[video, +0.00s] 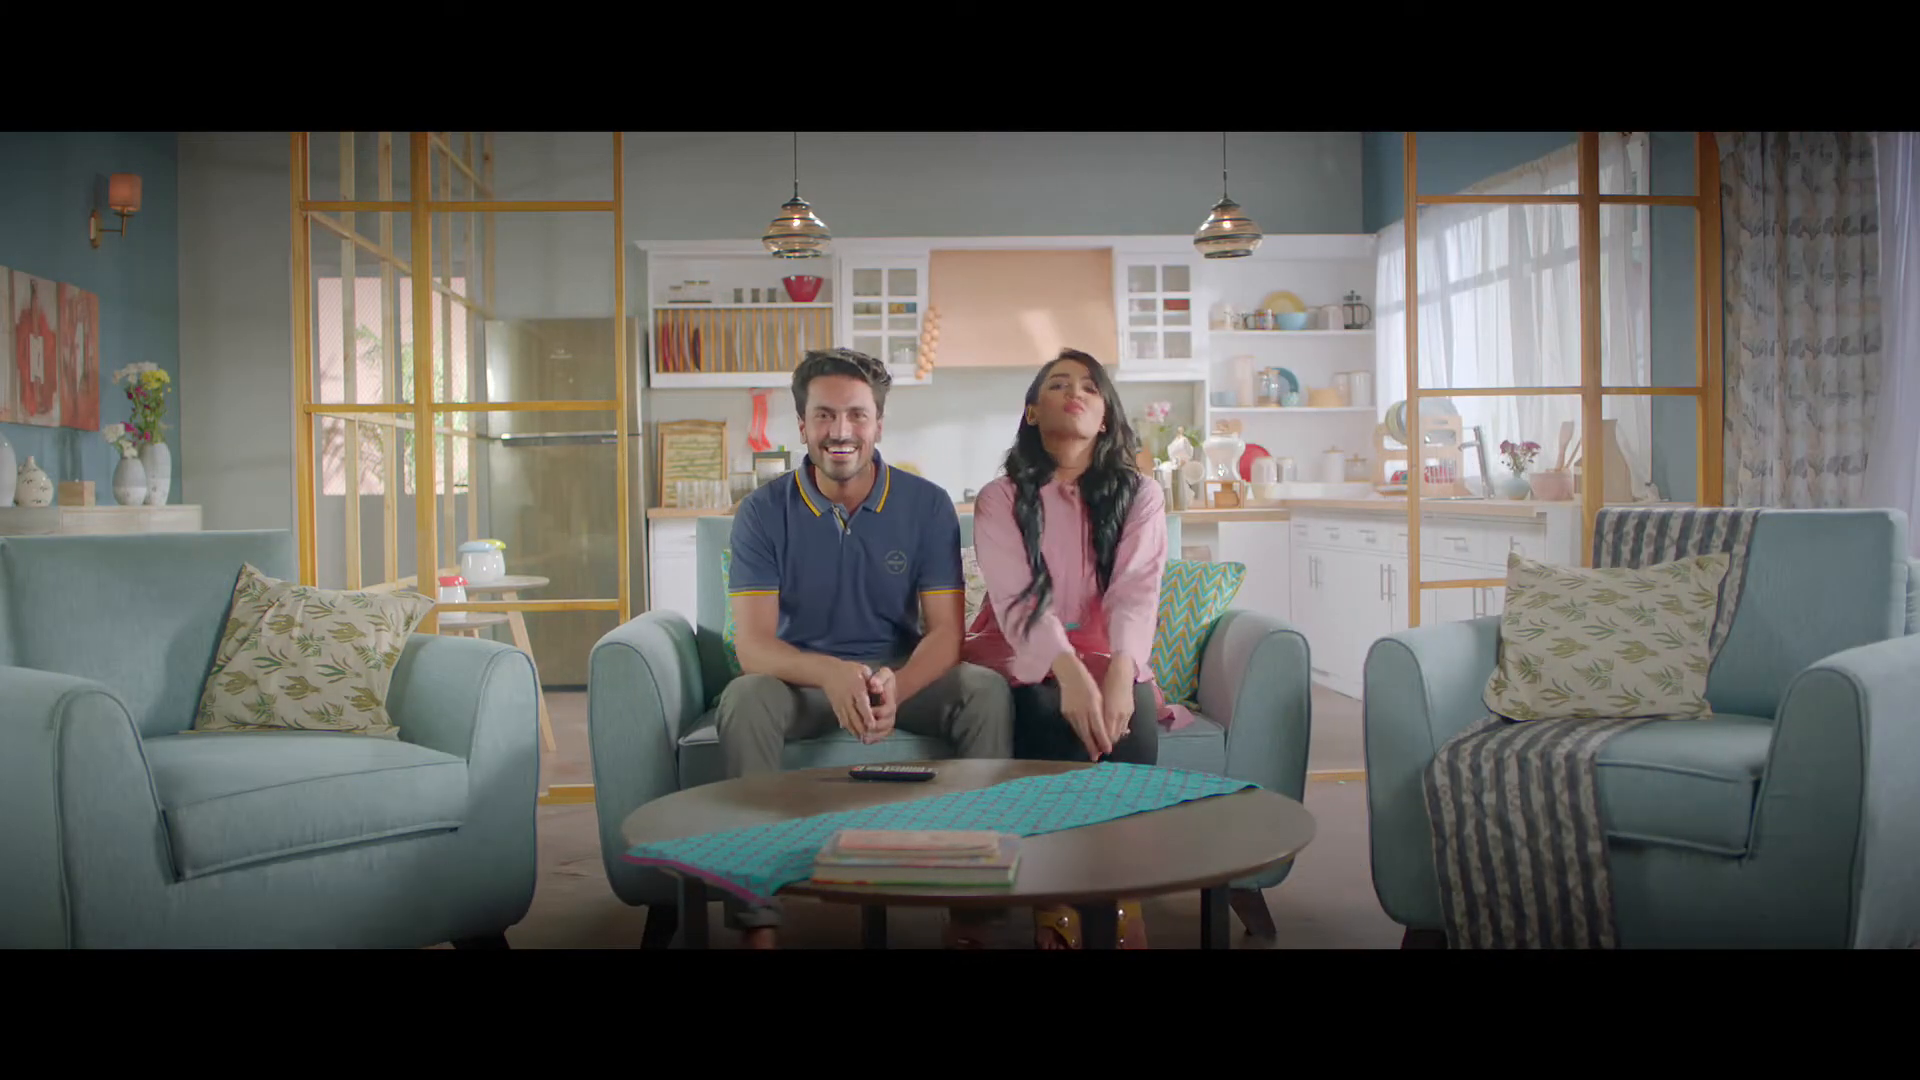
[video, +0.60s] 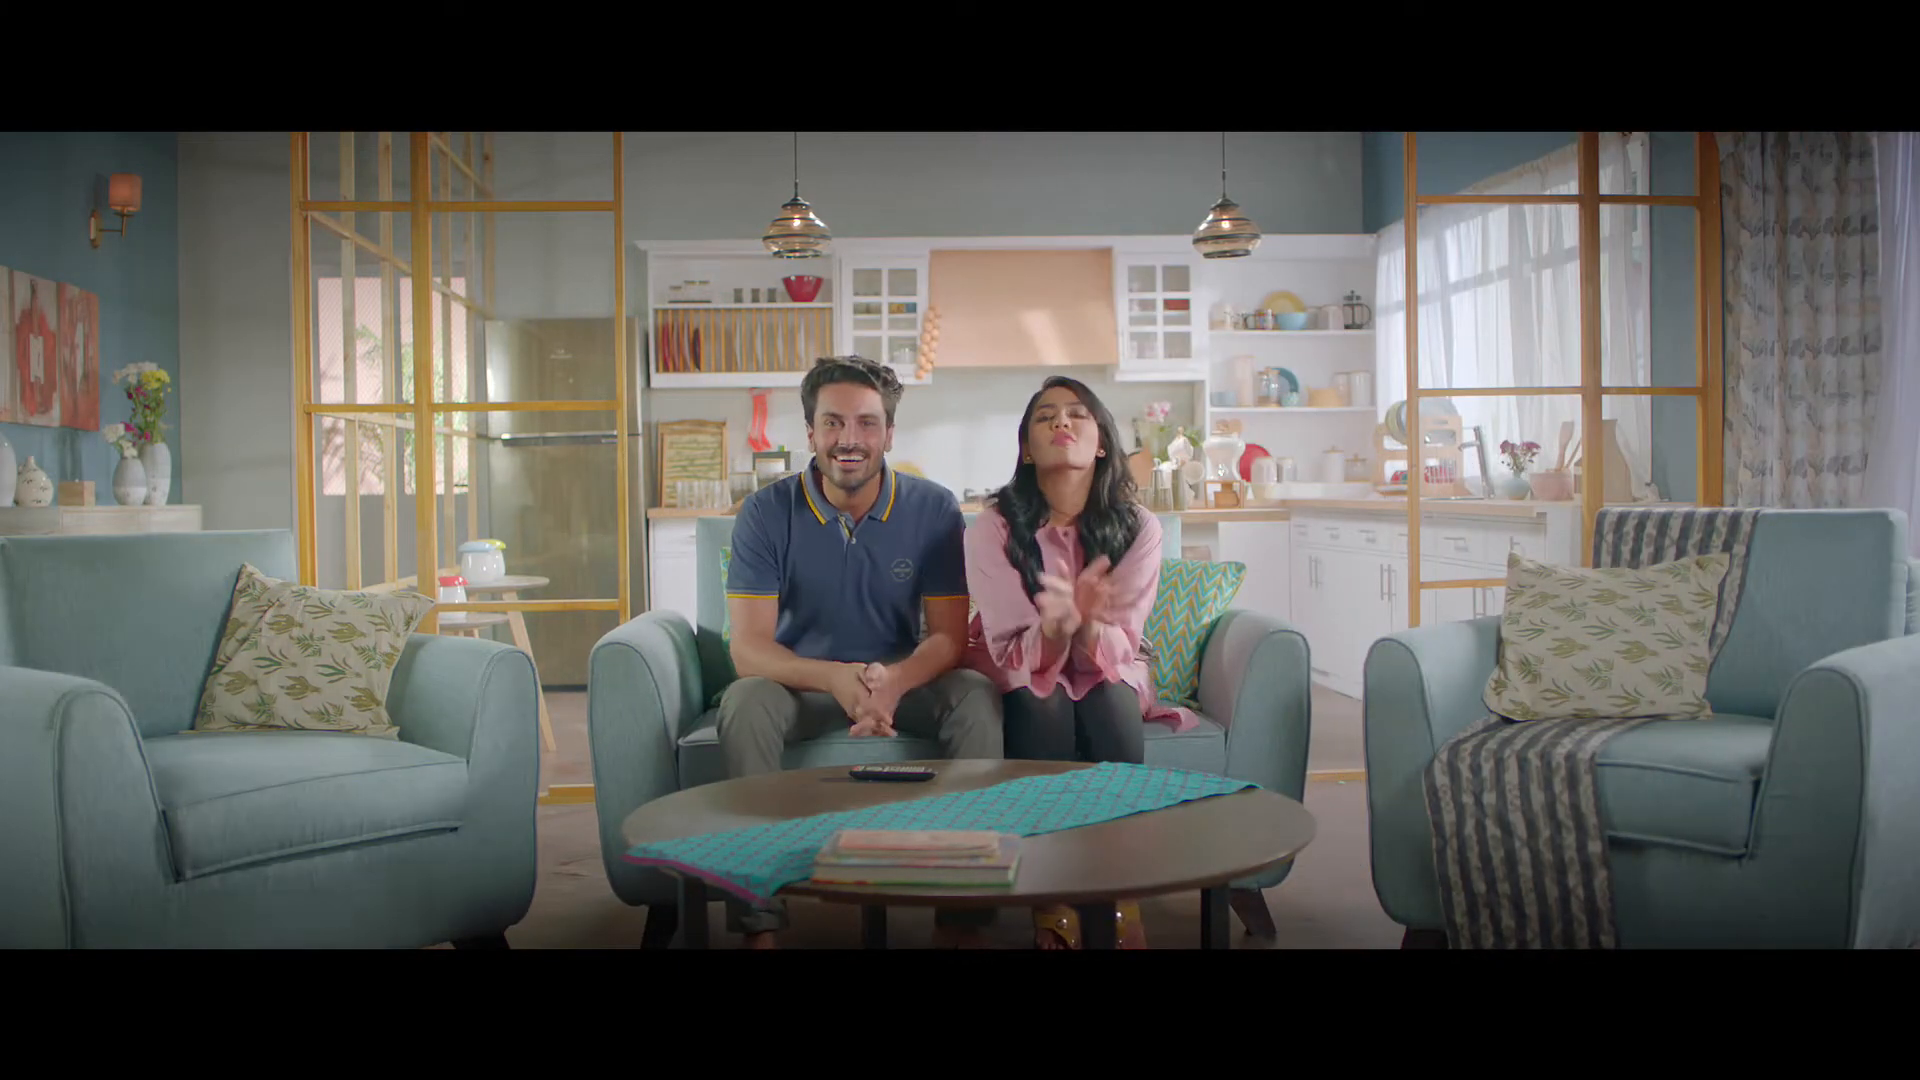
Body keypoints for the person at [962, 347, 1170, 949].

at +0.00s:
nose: (1075, 393)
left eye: (1090, 388)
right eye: (1058, 385)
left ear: (1106, 416)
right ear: (1033, 412)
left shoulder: (1139, 492)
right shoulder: (1002, 497)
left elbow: (1138, 592)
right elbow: (1016, 597)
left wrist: (1119, 676)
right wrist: (1067, 669)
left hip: (1111, 660)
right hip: (1026, 661)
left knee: (1135, 726)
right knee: (1058, 721)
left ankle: (1120, 898)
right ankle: (1053, 898)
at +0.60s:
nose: (1062, 423)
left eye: (1077, 416)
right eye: (1046, 417)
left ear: (1101, 445)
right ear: (1026, 448)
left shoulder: (1139, 527)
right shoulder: (991, 528)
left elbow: (1123, 647)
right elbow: (1014, 660)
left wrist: (1087, 625)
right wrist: (1055, 629)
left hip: (1107, 681)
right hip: (1030, 683)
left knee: (1110, 701)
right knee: (1045, 706)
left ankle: (1123, 896)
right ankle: (1055, 899)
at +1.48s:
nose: (1039, 434)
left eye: (1059, 424)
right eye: (1028, 422)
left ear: (1087, 447)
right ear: (1014, 438)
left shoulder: (1119, 524)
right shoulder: (981, 533)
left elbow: (1105, 652)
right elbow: (1017, 650)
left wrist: (1153, 564)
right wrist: (1067, 555)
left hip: (1104, 672)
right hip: (1029, 675)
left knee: (1115, 700)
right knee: (1047, 702)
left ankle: (1120, 893)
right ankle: (1054, 893)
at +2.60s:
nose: (1055, 460)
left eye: (1071, 445)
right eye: (1039, 442)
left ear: (1091, 457)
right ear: (1014, 451)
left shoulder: (1123, 526)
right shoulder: (977, 536)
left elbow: (1103, 657)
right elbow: (1021, 659)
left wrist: (1102, 551)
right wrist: (1020, 546)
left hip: (1103, 681)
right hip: (1029, 685)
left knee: (1110, 694)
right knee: (1044, 699)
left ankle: (1122, 893)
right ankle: (1053, 895)